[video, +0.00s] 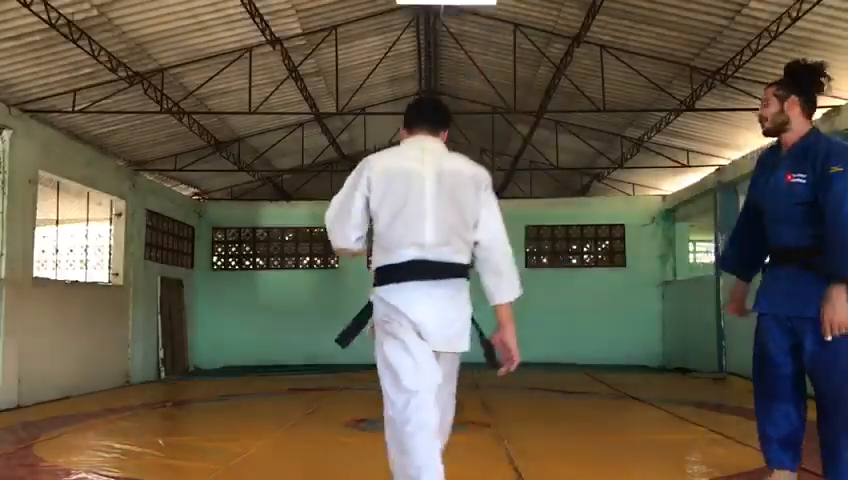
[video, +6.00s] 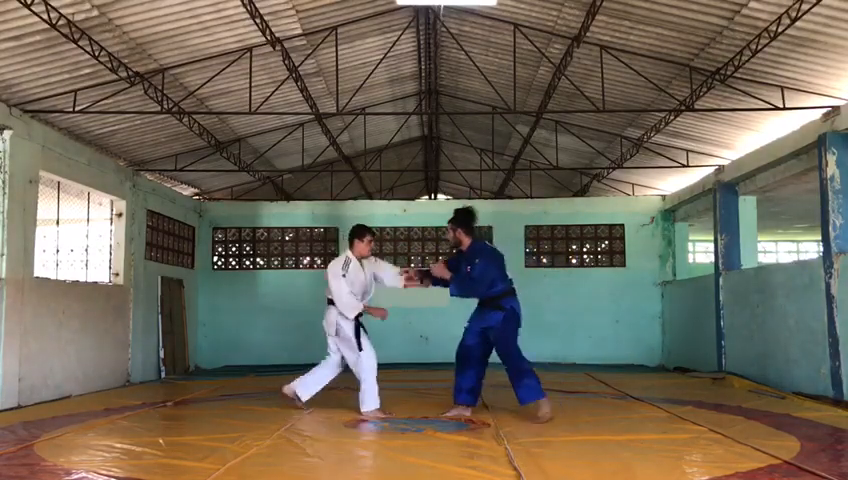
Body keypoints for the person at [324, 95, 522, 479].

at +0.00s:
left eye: (403, 132)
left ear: (402, 132)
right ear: (447, 135)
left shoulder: (375, 165)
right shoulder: (472, 173)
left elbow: (342, 236)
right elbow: (493, 250)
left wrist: (374, 245)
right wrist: (506, 325)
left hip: (396, 297)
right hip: (450, 298)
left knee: (410, 407)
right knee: (440, 404)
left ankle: (422, 474)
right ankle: (419, 469)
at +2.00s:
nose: (385, 206)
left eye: (385, 201)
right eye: (381, 201)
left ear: (371, 204)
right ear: (369, 203)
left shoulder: (371, 226)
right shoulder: (361, 225)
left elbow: (366, 258)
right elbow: (362, 257)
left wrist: (386, 263)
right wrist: (388, 265)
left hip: (366, 290)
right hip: (358, 291)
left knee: (364, 346)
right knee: (365, 346)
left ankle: (355, 402)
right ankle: (349, 403)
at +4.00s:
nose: (384, 241)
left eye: (383, 237)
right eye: (382, 237)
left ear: (367, 236)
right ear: (373, 236)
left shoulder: (374, 256)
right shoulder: (365, 249)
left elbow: (391, 255)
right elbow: (390, 234)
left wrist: (396, 244)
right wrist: (396, 231)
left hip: (378, 309)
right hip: (371, 309)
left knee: (394, 353)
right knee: (386, 356)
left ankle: (394, 393)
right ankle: (378, 405)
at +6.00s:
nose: (371, 246)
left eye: (372, 242)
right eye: (368, 242)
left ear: (364, 244)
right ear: (355, 242)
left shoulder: (369, 262)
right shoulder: (338, 266)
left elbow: (388, 273)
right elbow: (343, 298)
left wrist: (406, 277)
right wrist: (368, 309)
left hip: (346, 315)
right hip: (339, 316)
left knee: (335, 361)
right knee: (366, 358)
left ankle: (296, 389)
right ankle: (369, 408)